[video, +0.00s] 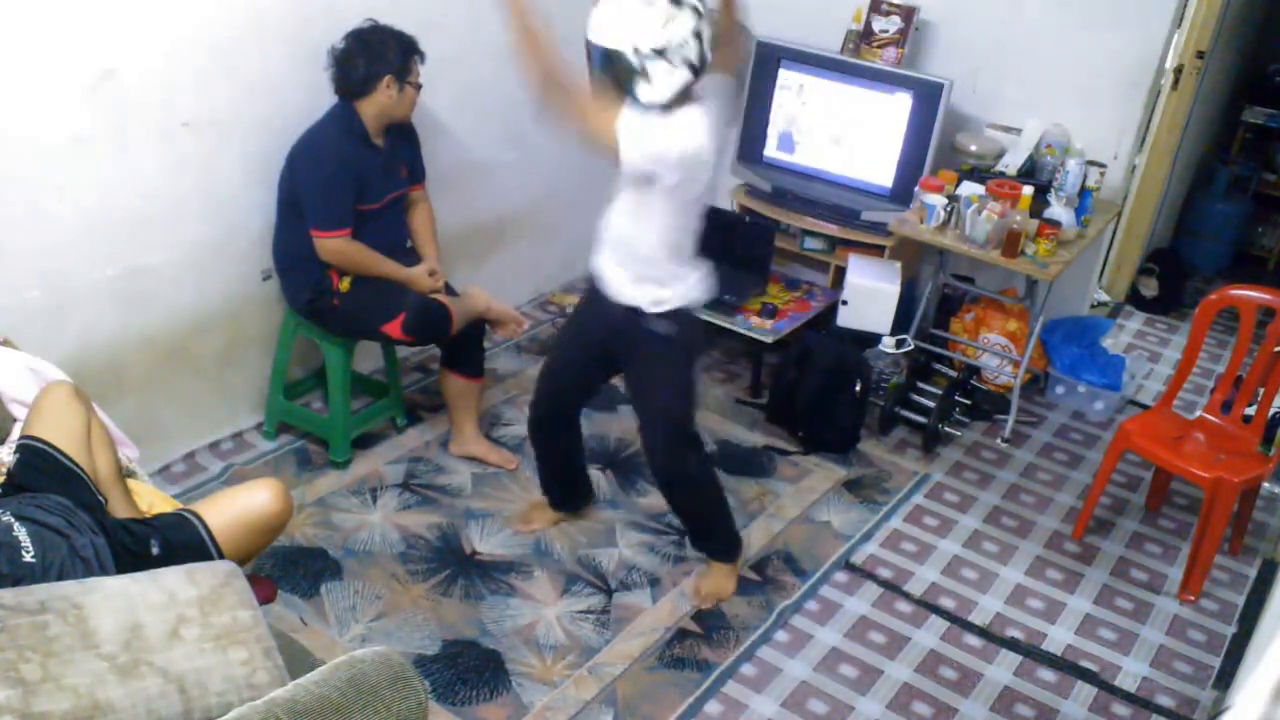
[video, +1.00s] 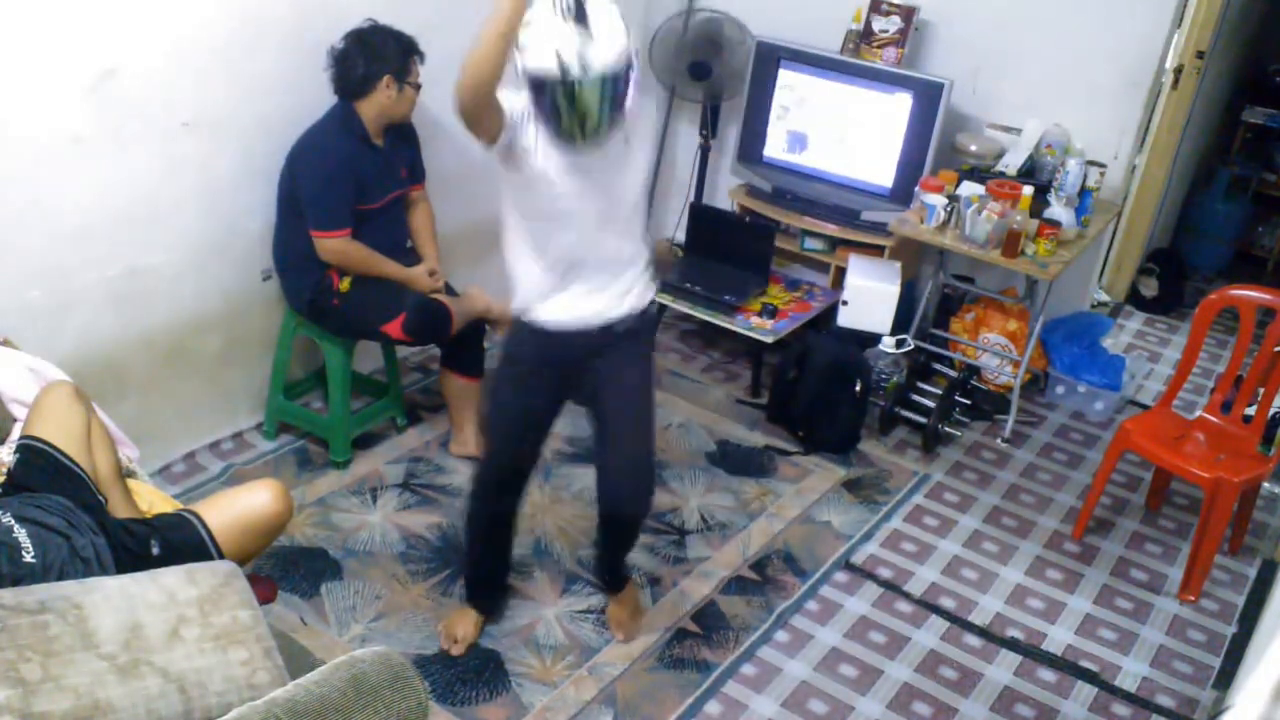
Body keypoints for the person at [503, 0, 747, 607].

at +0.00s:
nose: (619, 74)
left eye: (628, 61)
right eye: (616, 61)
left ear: (658, 60)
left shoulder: (691, 129)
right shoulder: (657, 105)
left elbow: (575, 105)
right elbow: (728, 46)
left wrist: (521, 16)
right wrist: (724, 11)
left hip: (663, 315)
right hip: (608, 296)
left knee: (669, 449)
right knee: (551, 405)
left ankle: (723, 553)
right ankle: (567, 500)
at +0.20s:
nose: (641, 57)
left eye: (667, 53)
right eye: (640, 36)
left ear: (696, 53)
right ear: (630, 13)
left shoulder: (692, 110)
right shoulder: (596, 19)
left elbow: (640, 205)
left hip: (639, 254)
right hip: (561, 234)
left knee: (663, 401)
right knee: (561, 370)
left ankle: (696, 536)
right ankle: (567, 488)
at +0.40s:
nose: (647, 85)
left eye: (666, 78)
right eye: (644, 68)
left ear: (683, 71)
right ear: (621, 37)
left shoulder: (669, 111)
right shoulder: (550, 61)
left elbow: (728, 199)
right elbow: (526, 3)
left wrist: (813, 254)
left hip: (611, 286)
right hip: (533, 282)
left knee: (631, 432)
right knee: (526, 428)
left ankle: (627, 565)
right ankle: (528, 544)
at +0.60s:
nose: (639, 52)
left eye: (653, 43)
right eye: (630, 34)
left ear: (662, 47)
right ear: (601, 24)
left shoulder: (641, 94)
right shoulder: (539, 62)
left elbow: (667, 127)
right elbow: (434, 26)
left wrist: (729, 116)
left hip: (606, 283)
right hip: (528, 283)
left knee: (620, 428)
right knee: (526, 424)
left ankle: (613, 552)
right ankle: (525, 533)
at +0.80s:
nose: (607, 42)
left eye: (620, 31)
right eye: (594, 26)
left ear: (633, 31)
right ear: (567, 20)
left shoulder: (632, 65)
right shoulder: (522, 65)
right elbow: (462, 18)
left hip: (612, 287)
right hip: (529, 289)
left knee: (619, 451)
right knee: (507, 447)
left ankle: (610, 574)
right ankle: (485, 585)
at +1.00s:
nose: (583, 93)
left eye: (596, 76)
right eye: (565, 77)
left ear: (621, 66)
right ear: (534, 75)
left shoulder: (644, 95)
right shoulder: (516, 120)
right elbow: (471, 94)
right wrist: (517, 4)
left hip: (624, 321)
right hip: (538, 323)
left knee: (629, 489)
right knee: (499, 477)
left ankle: (615, 575)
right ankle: (479, 597)